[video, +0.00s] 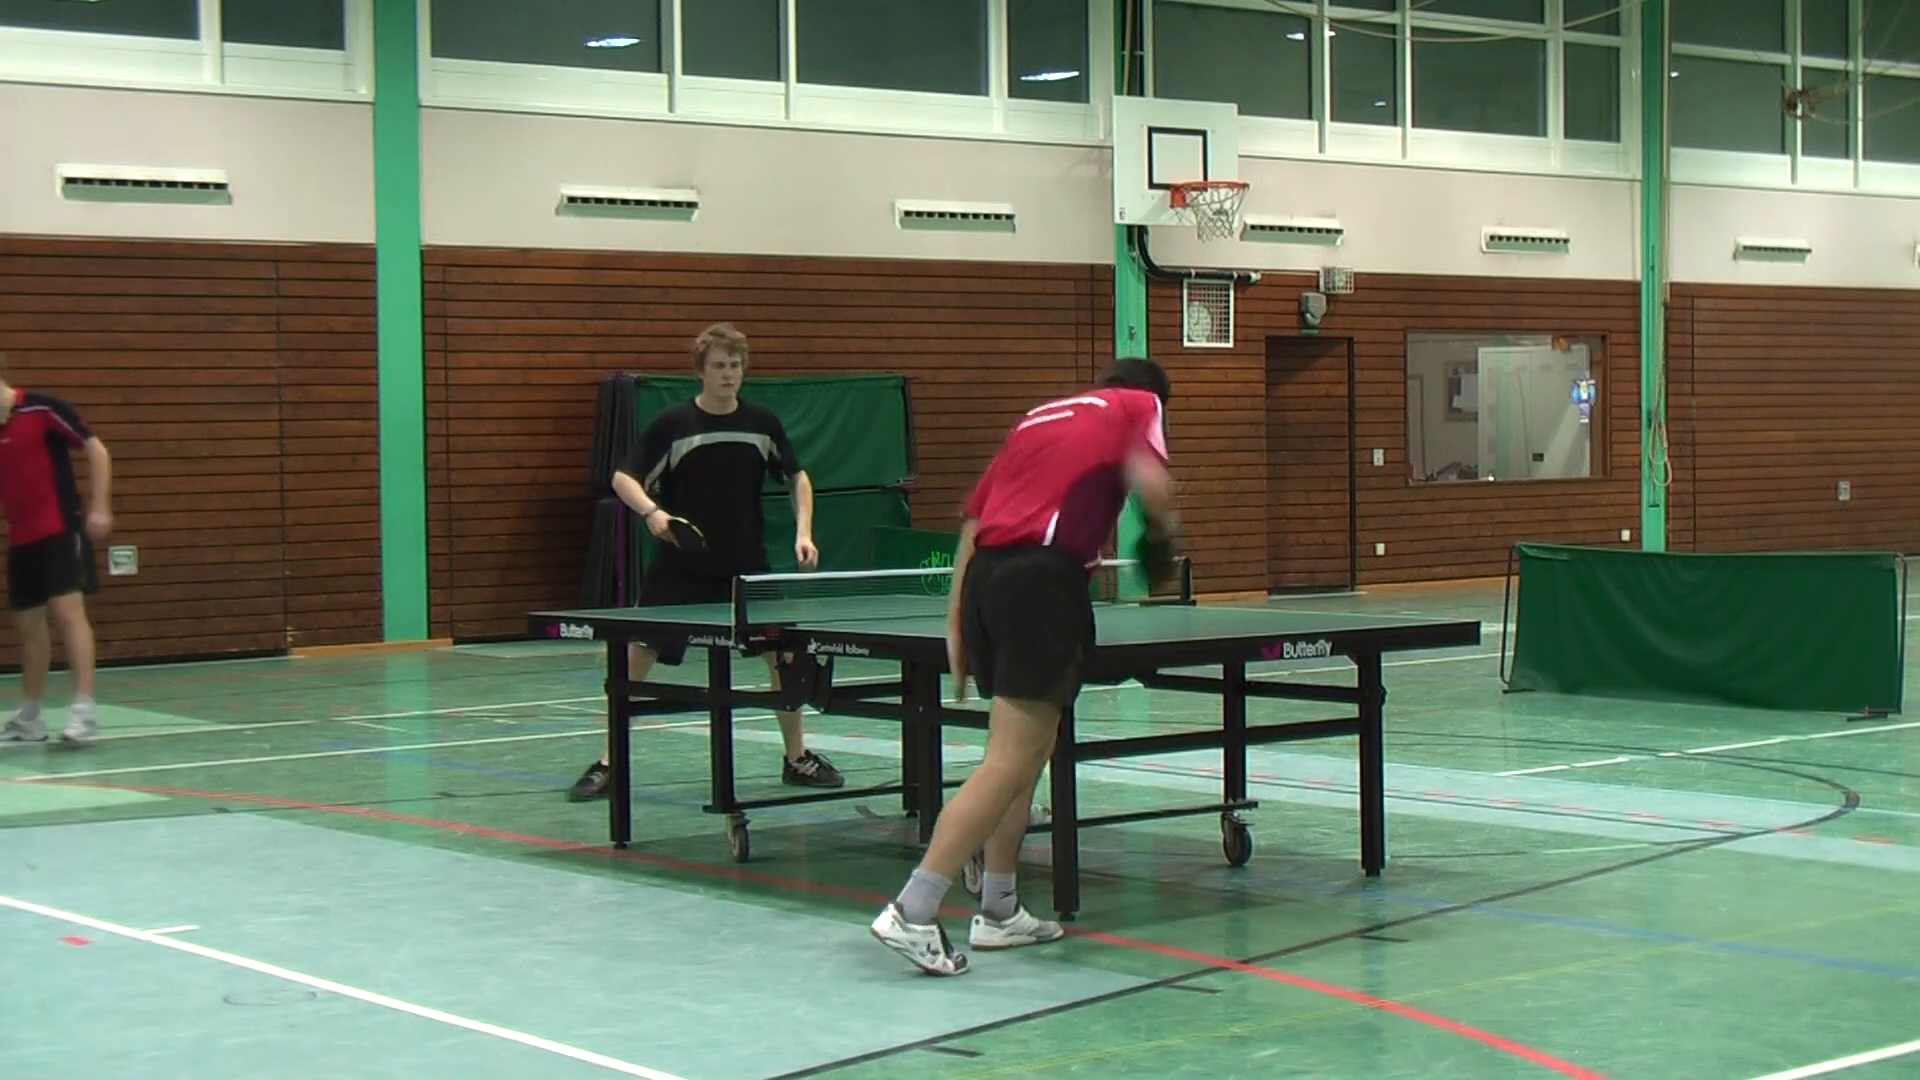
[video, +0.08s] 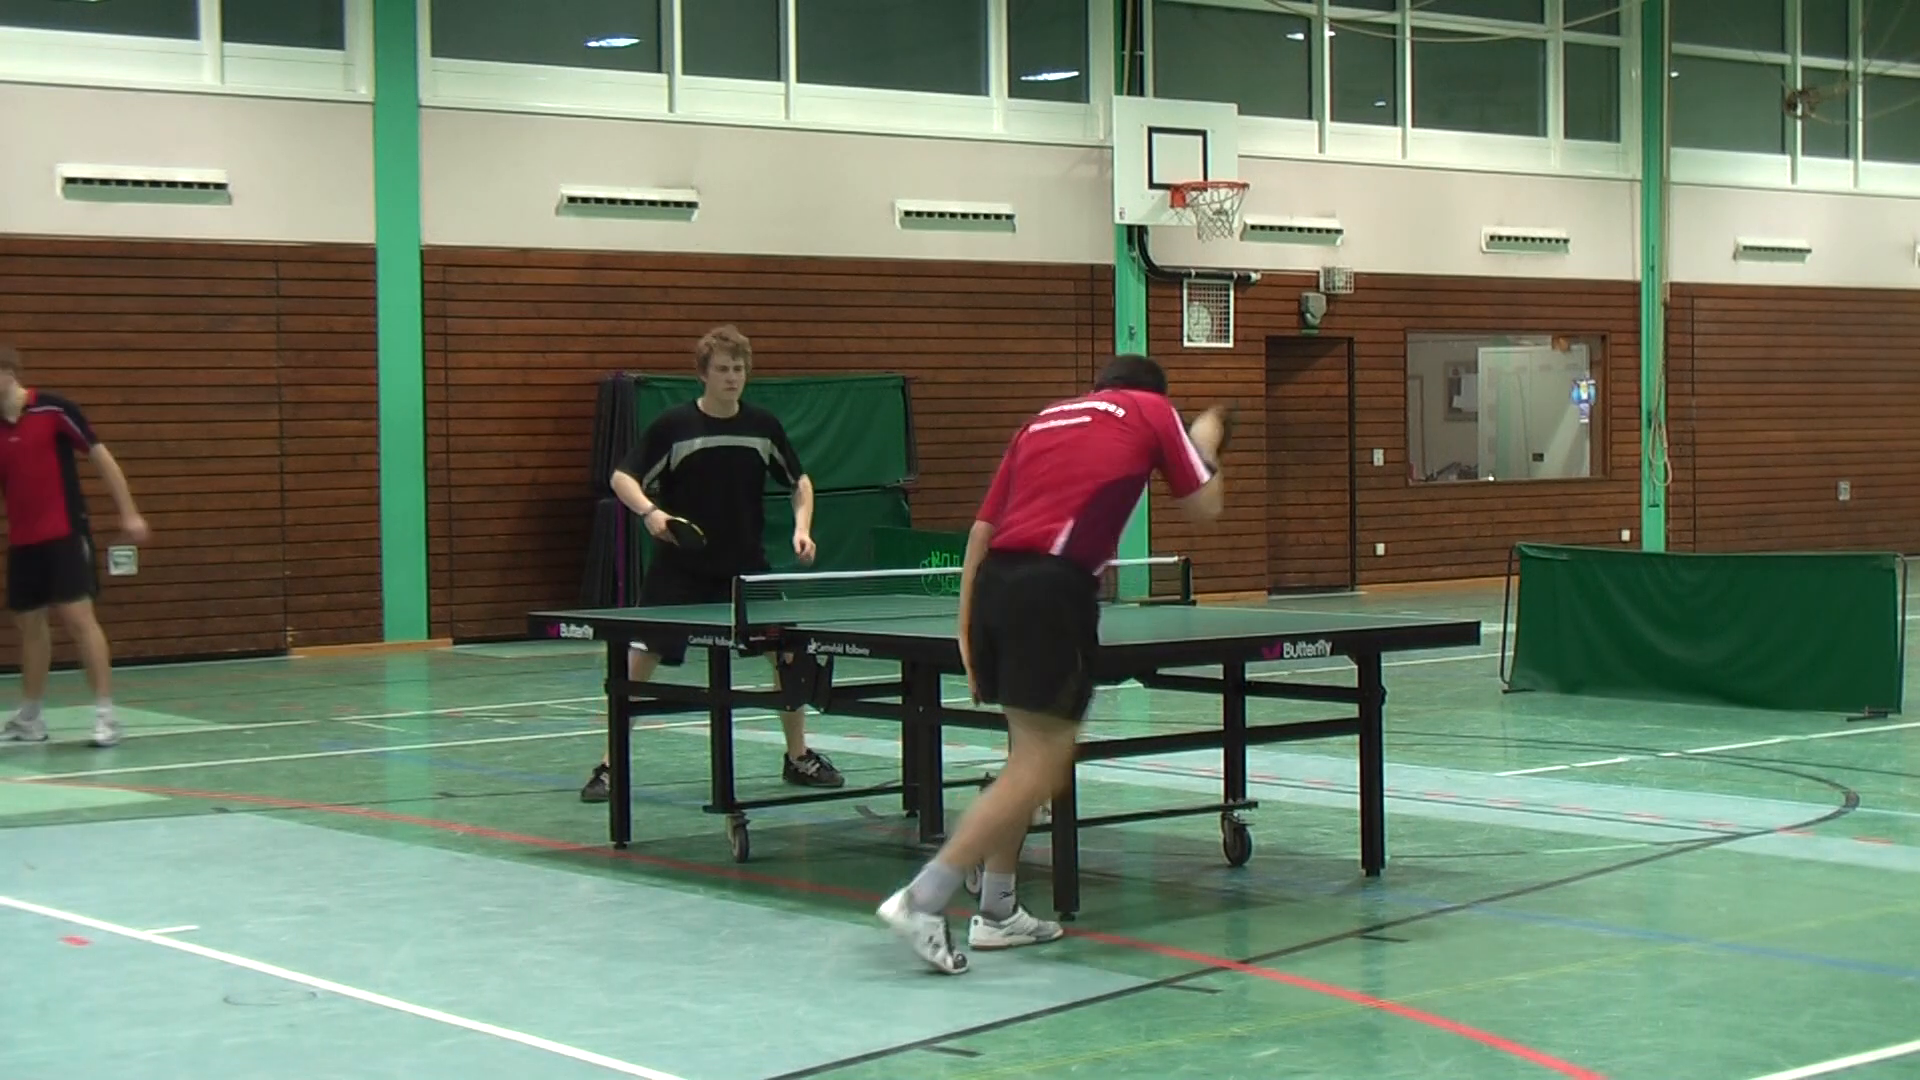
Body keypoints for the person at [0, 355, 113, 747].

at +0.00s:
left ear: (4, 383)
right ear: (1, 387)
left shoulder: (43, 410)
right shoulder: (4, 427)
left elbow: (96, 450)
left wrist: (100, 508)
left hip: (59, 535)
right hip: (20, 541)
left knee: (69, 613)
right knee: (29, 622)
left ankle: (84, 712)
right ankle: (30, 717)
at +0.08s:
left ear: (12, 379)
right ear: (6, 383)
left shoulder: (54, 412)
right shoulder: (3, 427)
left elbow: (100, 455)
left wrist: (129, 512)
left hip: (65, 539)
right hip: (23, 544)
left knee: (79, 618)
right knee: (30, 625)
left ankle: (106, 713)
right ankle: (30, 717)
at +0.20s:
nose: (1, 379)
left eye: (7, 372)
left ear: (30, 373)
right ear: (12, 376)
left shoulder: (74, 414)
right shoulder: (5, 427)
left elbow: (116, 463)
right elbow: (8, 485)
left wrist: (152, 512)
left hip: (75, 543)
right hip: (28, 546)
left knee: (93, 623)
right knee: (28, 623)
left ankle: (117, 712)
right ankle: (30, 717)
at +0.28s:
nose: (10, 381)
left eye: (17, 373)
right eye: (7, 375)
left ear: (44, 373)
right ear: (10, 380)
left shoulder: (86, 417)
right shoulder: (14, 431)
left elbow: (127, 466)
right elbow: (8, 494)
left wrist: (158, 514)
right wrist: (9, 538)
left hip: (82, 545)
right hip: (32, 547)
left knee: (100, 624)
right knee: (21, 621)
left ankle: (118, 713)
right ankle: (29, 717)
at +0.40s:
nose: (23, 382)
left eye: (31, 374)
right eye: (21, 375)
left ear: (58, 374)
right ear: (24, 379)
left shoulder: (99, 421)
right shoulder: (26, 430)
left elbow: (135, 474)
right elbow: (20, 489)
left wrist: (160, 532)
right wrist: (10, 542)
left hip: (88, 548)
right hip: (36, 548)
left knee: (107, 626)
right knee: (14, 619)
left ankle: (120, 714)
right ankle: (26, 713)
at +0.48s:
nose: (28, 381)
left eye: (36, 374)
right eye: (25, 375)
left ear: (63, 374)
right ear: (28, 377)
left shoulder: (102, 422)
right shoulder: (31, 425)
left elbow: (132, 482)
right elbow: (28, 482)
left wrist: (150, 542)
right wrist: (19, 533)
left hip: (88, 548)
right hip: (37, 546)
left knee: (106, 628)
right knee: (14, 619)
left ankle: (119, 715)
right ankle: (21, 710)